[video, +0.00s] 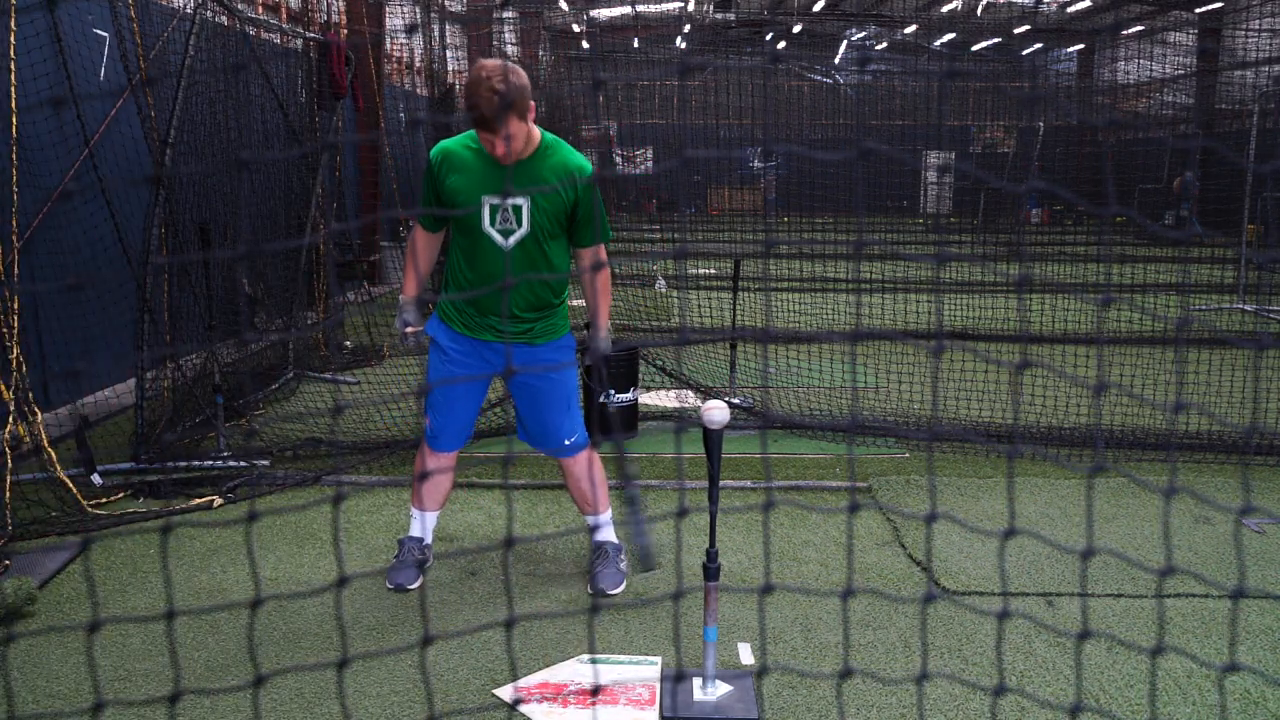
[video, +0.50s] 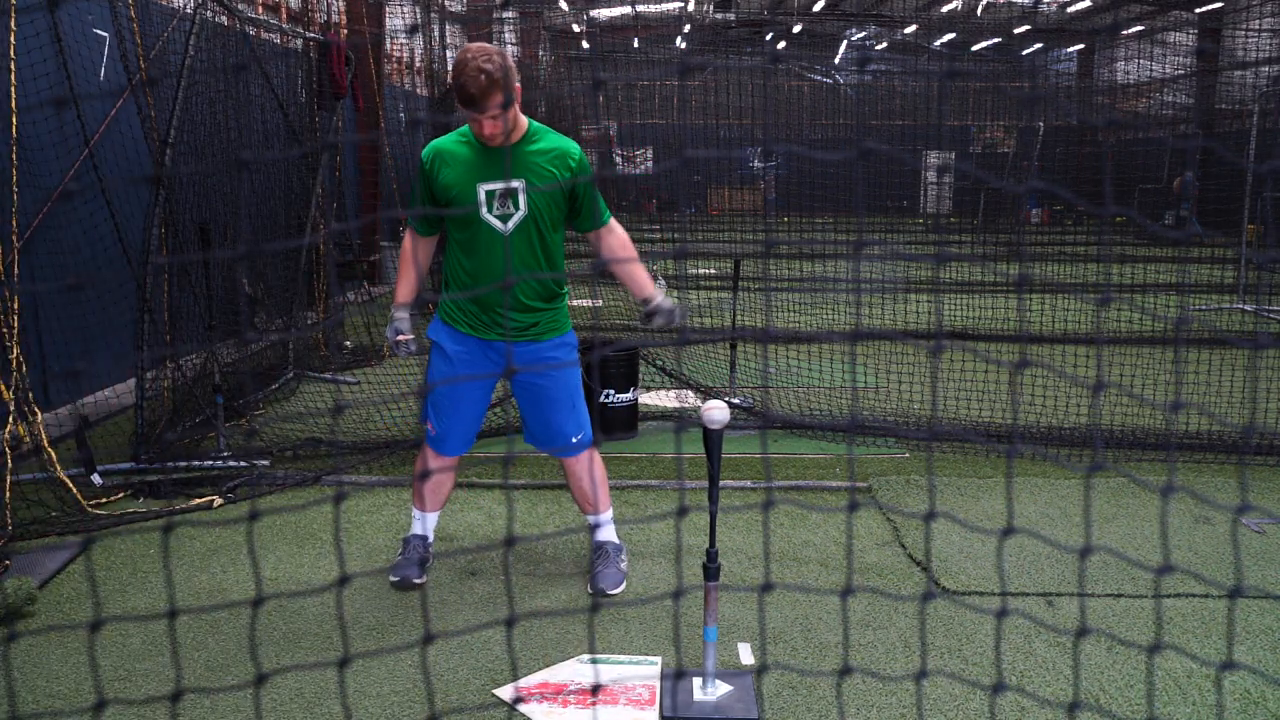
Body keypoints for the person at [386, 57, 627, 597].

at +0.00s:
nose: (499, 147)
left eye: (508, 135)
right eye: (487, 136)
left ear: (531, 112)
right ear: (473, 121)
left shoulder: (572, 172)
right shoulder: (447, 162)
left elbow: (594, 261)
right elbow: (427, 231)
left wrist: (601, 339)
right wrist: (409, 300)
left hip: (543, 336)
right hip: (460, 331)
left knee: (571, 445)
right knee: (438, 444)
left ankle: (605, 541)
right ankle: (417, 541)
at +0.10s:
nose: (495, 142)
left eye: (505, 129)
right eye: (484, 130)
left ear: (528, 109)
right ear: (470, 116)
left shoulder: (570, 169)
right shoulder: (445, 160)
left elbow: (593, 259)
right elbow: (426, 232)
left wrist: (603, 337)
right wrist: (408, 301)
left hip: (543, 335)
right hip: (460, 331)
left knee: (572, 446)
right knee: (438, 445)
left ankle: (605, 542)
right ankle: (417, 541)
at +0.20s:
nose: (490, 137)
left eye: (501, 125)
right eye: (481, 125)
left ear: (524, 105)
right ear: (467, 112)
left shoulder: (569, 164)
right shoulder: (444, 159)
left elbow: (597, 252)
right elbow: (424, 233)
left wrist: (618, 329)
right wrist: (406, 302)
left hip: (543, 334)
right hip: (461, 330)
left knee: (574, 445)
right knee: (439, 445)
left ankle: (605, 542)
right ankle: (417, 541)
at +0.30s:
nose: (492, 134)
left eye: (502, 122)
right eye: (481, 123)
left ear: (523, 101)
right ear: (466, 110)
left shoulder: (567, 160)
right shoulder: (443, 160)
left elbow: (600, 247)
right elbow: (423, 235)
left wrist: (629, 322)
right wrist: (405, 304)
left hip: (543, 332)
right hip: (462, 329)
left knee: (573, 445)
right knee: (439, 445)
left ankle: (606, 541)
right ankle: (417, 541)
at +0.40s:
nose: (491, 129)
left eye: (500, 116)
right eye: (479, 118)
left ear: (520, 97)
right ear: (463, 107)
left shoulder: (563, 157)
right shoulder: (442, 159)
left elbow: (603, 235)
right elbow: (421, 236)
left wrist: (645, 305)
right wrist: (402, 308)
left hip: (544, 330)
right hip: (461, 330)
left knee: (573, 443)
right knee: (439, 444)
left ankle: (605, 541)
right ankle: (418, 539)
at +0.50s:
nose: (491, 127)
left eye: (500, 113)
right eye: (479, 117)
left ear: (518, 94)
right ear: (461, 106)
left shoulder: (563, 157)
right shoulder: (440, 160)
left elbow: (606, 231)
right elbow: (419, 238)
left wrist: (651, 295)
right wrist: (401, 309)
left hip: (544, 330)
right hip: (462, 330)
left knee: (573, 442)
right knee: (440, 443)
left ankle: (606, 543)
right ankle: (419, 539)